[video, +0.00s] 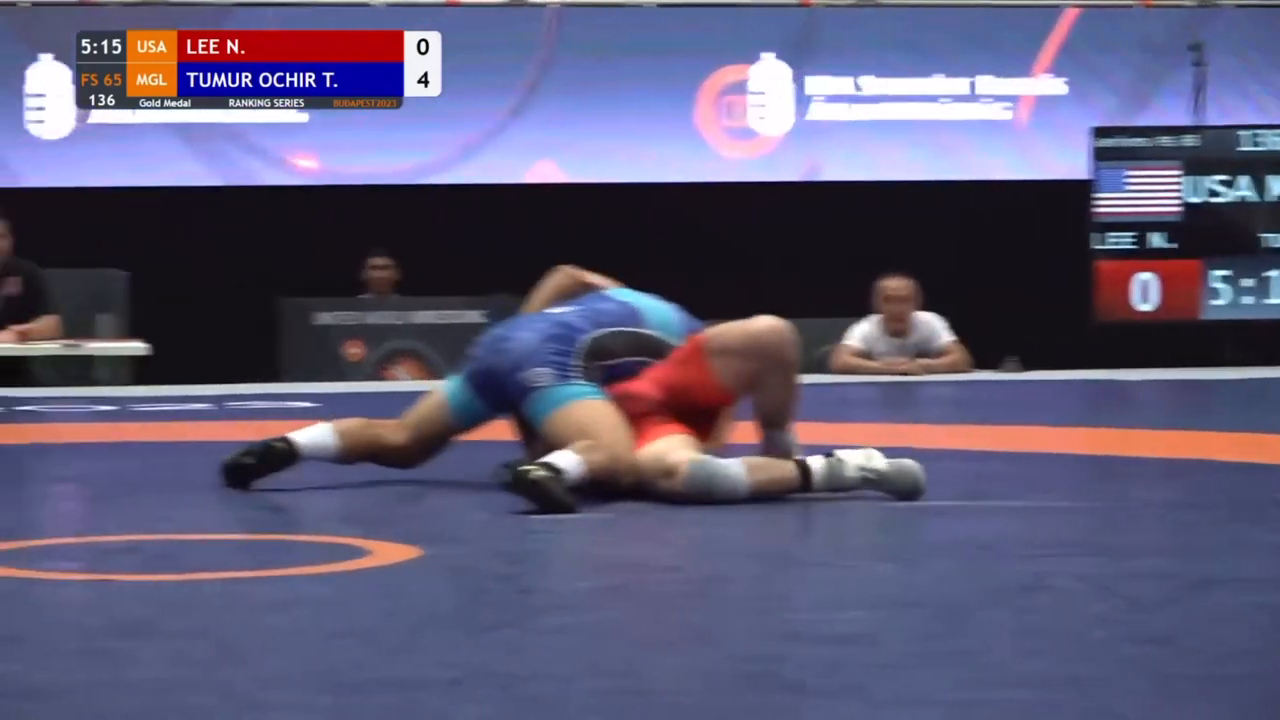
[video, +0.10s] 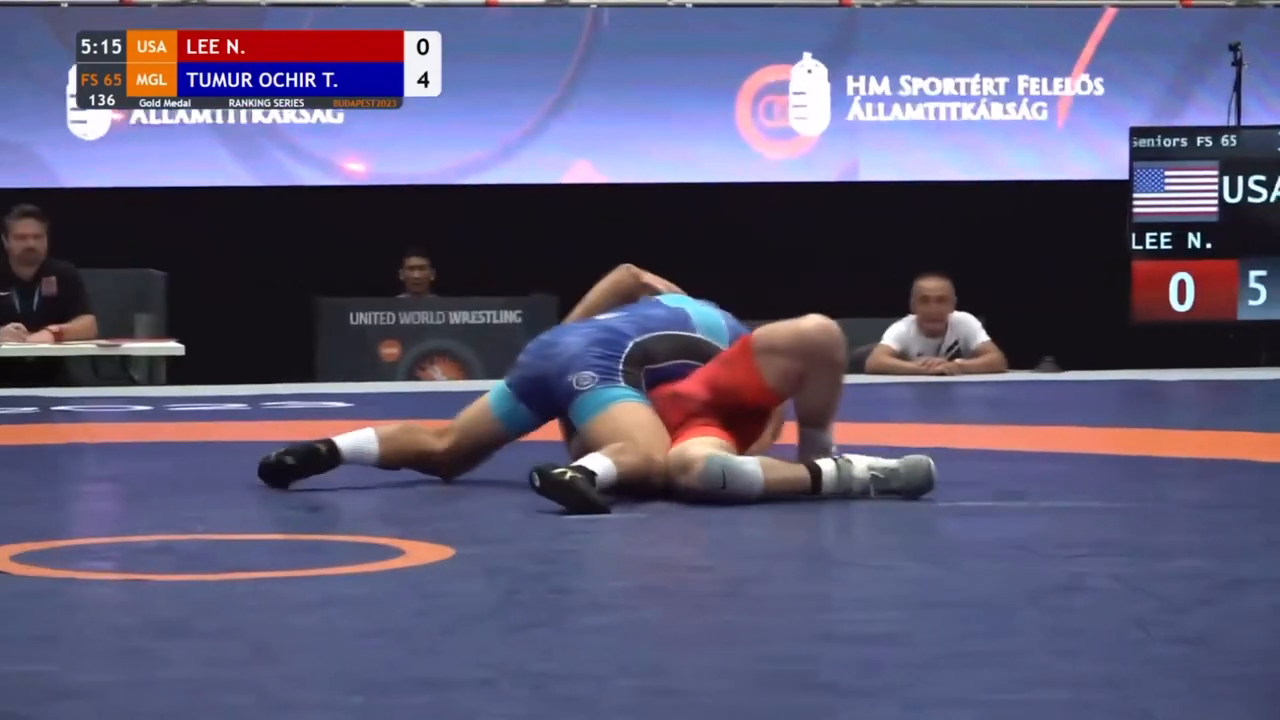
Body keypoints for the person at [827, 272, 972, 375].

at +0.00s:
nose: (897, 308)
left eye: (904, 300)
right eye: (890, 300)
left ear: (915, 302)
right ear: (879, 303)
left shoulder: (931, 322)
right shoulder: (866, 327)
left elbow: (962, 360)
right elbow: (840, 361)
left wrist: (919, 365)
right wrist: (888, 367)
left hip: (926, 400)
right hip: (877, 400)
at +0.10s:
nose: (933, 308)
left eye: (941, 301)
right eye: (925, 301)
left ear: (953, 303)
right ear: (913, 305)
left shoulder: (965, 322)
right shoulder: (902, 328)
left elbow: (998, 362)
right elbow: (874, 363)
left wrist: (956, 366)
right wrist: (924, 368)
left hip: (959, 400)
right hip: (911, 401)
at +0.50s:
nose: (951, 308)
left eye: (959, 300)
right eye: (942, 300)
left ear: (971, 302)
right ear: (931, 303)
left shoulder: (984, 321)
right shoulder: (920, 327)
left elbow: (1017, 362)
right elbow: (892, 363)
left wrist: (974, 365)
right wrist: (942, 367)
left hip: (978, 402)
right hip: (929, 403)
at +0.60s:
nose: (954, 305)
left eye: (963, 297)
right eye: (946, 297)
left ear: (976, 299)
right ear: (934, 300)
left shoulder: (988, 318)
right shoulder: (923, 325)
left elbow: (1021, 359)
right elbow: (895, 360)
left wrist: (978, 363)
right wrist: (946, 365)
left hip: (981, 399)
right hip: (933, 400)